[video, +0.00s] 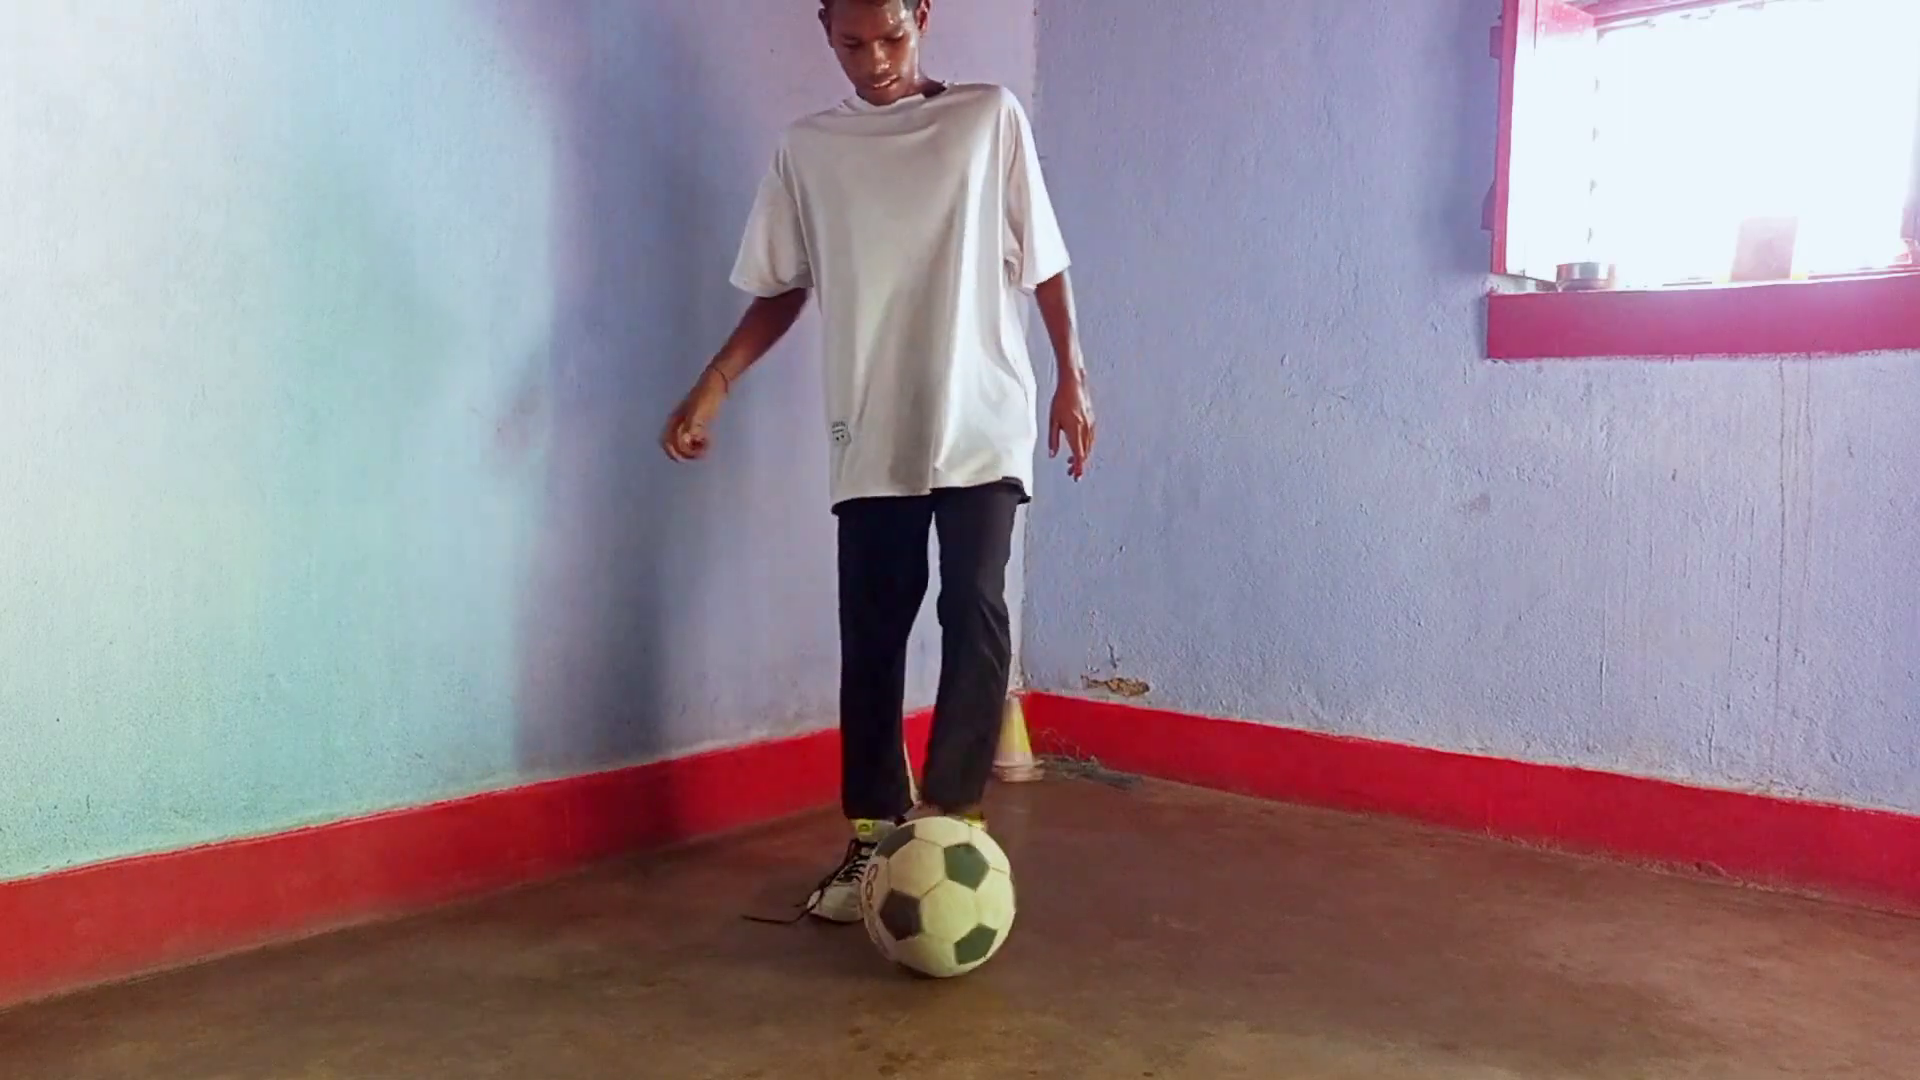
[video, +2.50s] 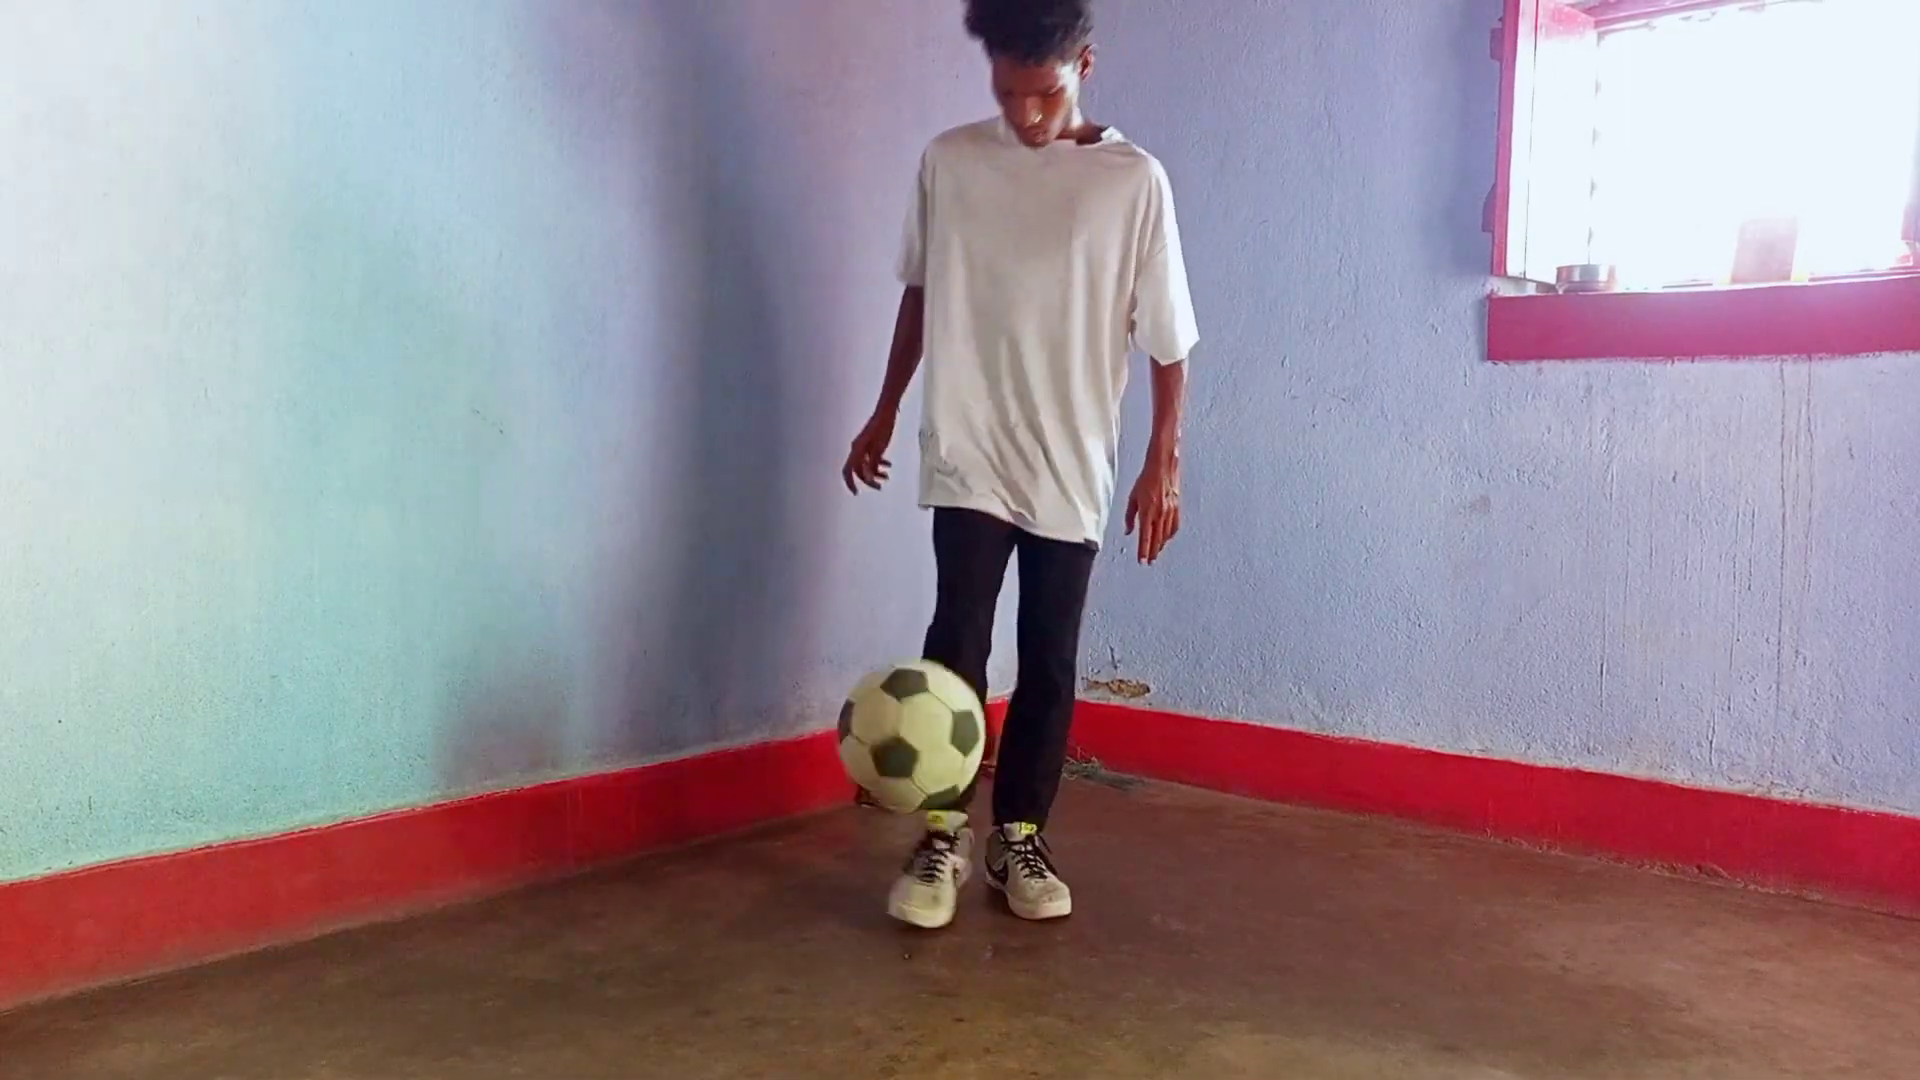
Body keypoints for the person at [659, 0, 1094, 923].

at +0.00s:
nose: (875, 61)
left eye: (890, 39)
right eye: (853, 44)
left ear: (920, 22)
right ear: (828, 36)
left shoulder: (989, 117)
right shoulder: (808, 150)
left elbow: (1042, 261)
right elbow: (782, 294)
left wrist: (1072, 375)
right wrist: (707, 388)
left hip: (982, 417)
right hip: (872, 427)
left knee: (974, 605)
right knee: (869, 632)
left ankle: (949, 831)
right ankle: (876, 840)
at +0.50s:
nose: (980, 71)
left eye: (998, 52)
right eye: (962, 52)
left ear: (1027, 39)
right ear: (931, 37)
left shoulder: (1066, 146)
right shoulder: (878, 135)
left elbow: (1087, 293)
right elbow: (842, 278)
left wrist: (1111, 410)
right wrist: (803, 398)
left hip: (1010, 429)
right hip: (904, 414)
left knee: (991, 652)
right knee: (907, 581)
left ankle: (959, 843)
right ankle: (889, 786)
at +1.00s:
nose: (1063, 72)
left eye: (1081, 54)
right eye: (1046, 52)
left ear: (1112, 50)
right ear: (1018, 47)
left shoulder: (1148, 177)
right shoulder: (960, 152)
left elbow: (1161, 336)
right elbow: (922, 297)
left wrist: (1162, 464)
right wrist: (896, 421)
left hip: (1078, 455)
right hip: (963, 437)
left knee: (1051, 657)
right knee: (939, 593)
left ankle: (1019, 835)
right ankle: (916, 798)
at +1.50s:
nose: (1060, 87)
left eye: (1078, 66)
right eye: (1043, 66)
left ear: (1113, 54)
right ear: (1018, 53)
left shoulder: (1156, 175)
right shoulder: (970, 157)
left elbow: (1175, 331)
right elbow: (940, 301)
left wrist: (1166, 458)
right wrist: (914, 425)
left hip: (1080, 455)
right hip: (970, 438)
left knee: (1054, 658)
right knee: (941, 593)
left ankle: (1021, 837)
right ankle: (920, 797)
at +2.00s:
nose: (1077, 78)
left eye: (1095, 58)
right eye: (1060, 57)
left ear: (1130, 52)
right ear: (1037, 52)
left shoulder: (1164, 179)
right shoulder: (983, 151)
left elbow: (1179, 336)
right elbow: (946, 293)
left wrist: (1168, 467)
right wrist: (907, 416)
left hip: (1075, 446)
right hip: (965, 424)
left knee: (1060, 646)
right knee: (941, 582)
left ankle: (1020, 834)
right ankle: (918, 804)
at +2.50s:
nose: (1027, 116)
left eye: (1045, 97)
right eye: (1010, 97)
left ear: (1085, 65)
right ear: (989, 69)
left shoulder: (1135, 179)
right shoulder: (950, 161)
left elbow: (1166, 335)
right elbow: (919, 298)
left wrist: (1164, 462)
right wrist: (883, 416)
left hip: (1072, 455)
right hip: (968, 443)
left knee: (1049, 658)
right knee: (956, 640)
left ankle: (1022, 841)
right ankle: (942, 839)